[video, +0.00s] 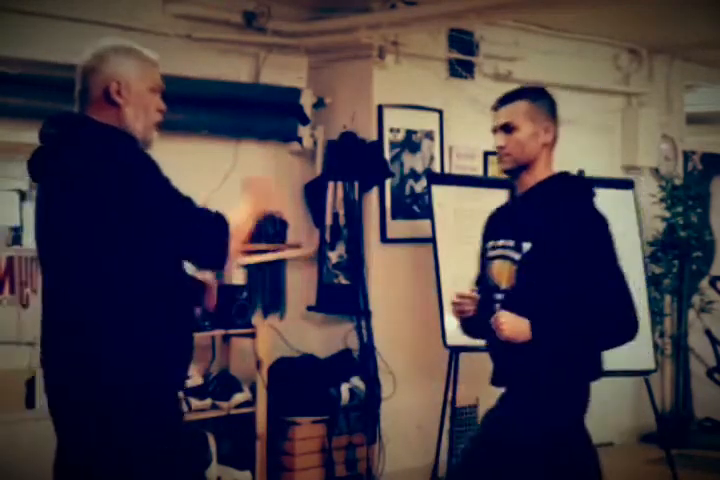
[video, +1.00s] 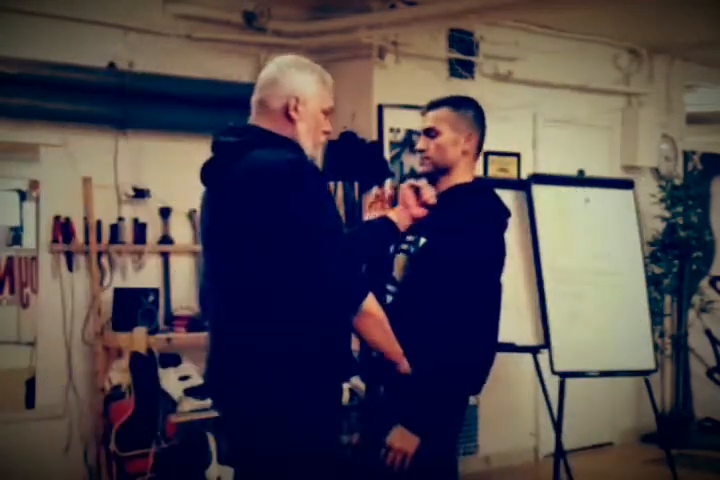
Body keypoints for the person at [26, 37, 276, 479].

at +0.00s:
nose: (163, 107)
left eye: (161, 95)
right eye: (156, 93)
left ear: (115, 93)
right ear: (118, 93)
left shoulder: (66, 157)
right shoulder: (116, 158)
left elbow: (119, 264)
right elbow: (212, 243)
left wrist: (197, 290)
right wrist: (247, 213)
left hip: (84, 380)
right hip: (129, 387)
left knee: (91, 469)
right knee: (154, 470)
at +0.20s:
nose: (217, 120)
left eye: (216, 107)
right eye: (210, 105)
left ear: (170, 103)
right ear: (172, 103)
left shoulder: (109, 165)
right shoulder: (179, 170)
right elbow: (255, 262)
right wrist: (279, 258)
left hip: (112, 388)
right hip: (175, 393)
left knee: (123, 471)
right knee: (185, 471)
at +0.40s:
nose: (284, 139)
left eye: (284, 127)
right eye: (276, 125)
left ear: (237, 124)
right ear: (238, 123)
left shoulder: (192, 183)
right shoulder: (231, 192)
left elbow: (270, 285)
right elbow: (275, 299)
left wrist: (340, 248)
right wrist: (357, 363)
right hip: (229, 405)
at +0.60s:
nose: (324, 136)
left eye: (325, 124)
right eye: (318, 120)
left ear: (279, 117)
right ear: (279, 116)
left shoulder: (231, 173)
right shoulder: (273, 178)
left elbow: (307, 275)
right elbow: (330, 296)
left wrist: (364, 233)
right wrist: (389, 361)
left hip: (240, 387)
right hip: (280, 395)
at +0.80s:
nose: (328, 127)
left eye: (328, 114)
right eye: (322, 112)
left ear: (284, 110)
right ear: (290, 111)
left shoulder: (230, 173)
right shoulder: (290, 175)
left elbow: (323, 277)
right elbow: (341, 292)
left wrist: (375, 226)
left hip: (245, 384)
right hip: (293, 392)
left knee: (259, 469)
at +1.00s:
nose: (330, 129)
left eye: (330, 116)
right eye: (325, 114)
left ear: (287, 108)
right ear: (294, 109)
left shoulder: (231, 169)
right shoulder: (292, 175)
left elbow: (326, 260)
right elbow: (348, 294)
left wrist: (394, 219)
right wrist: (399, 359)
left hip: (244, 382)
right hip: (296, 390)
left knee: (259, 468)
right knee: (302, 469)